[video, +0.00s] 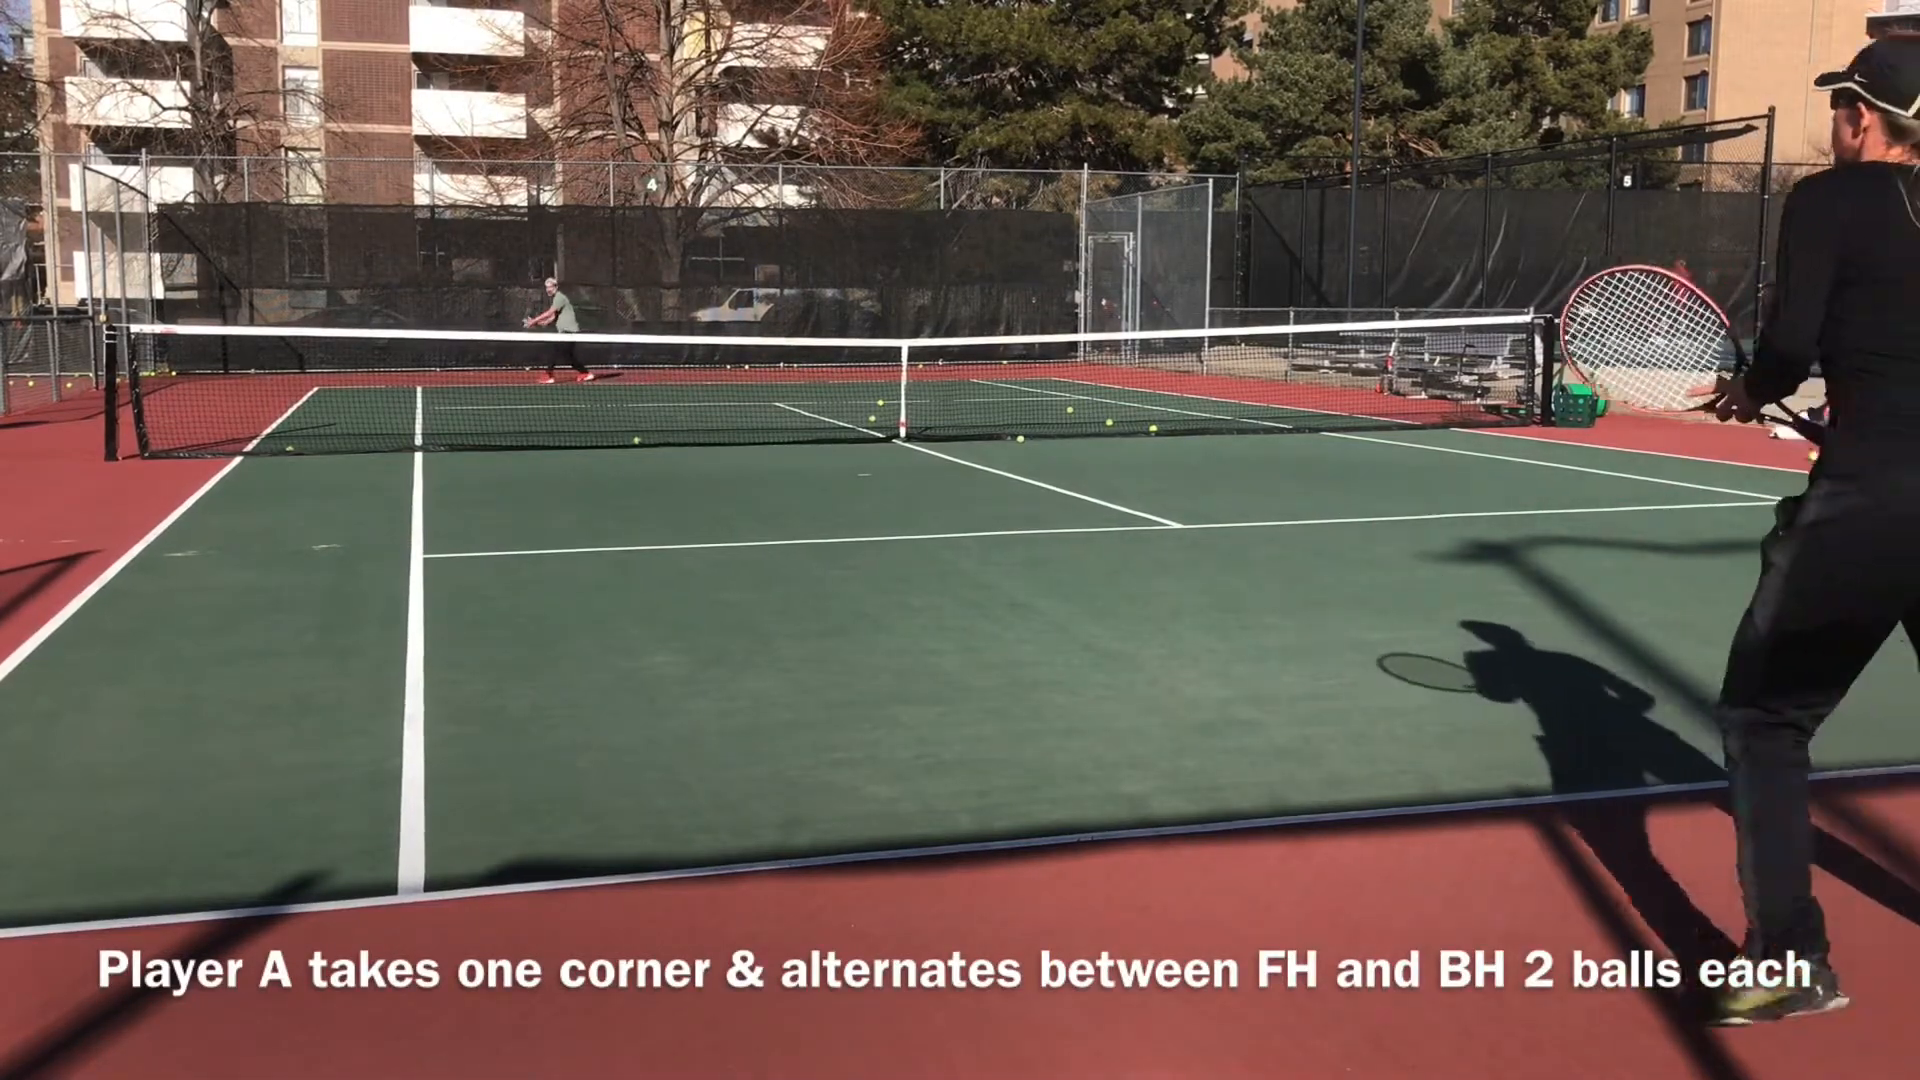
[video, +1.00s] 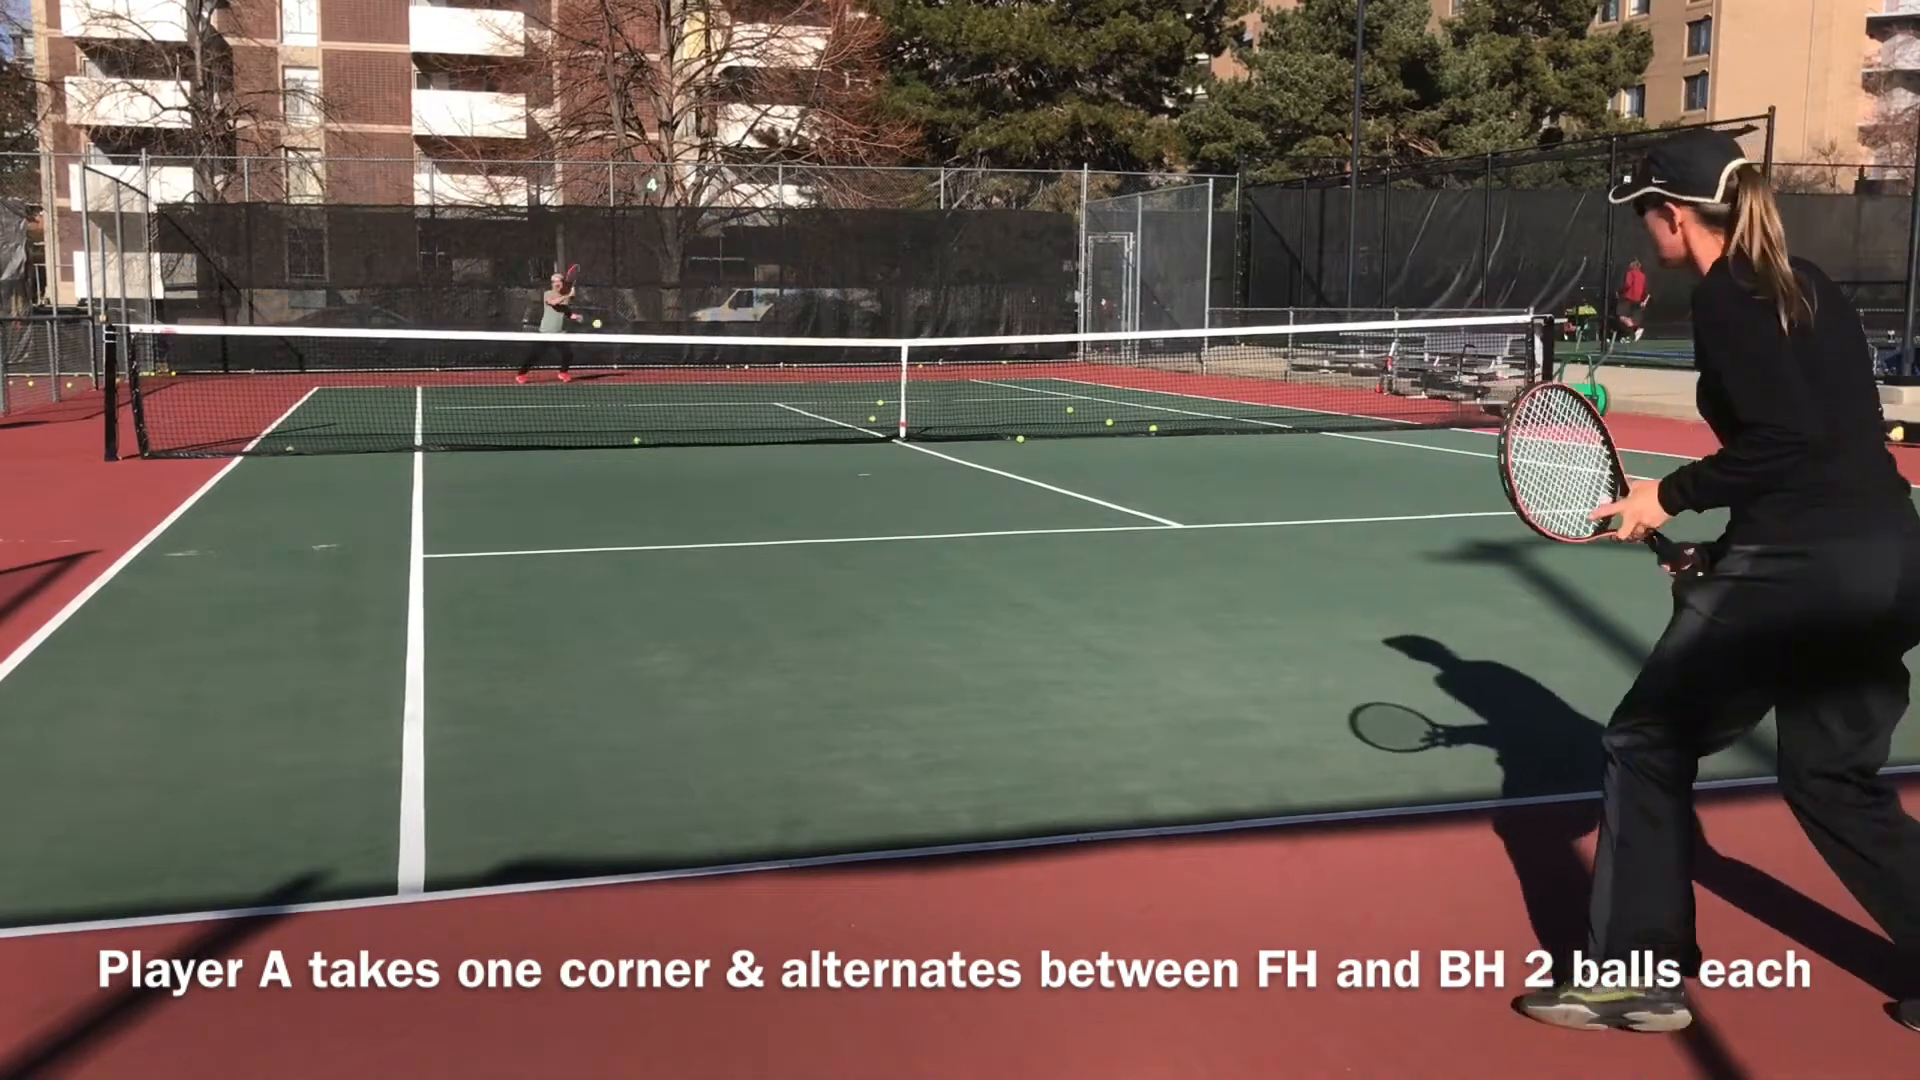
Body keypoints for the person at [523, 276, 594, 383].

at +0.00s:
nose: (548, 289)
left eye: (550, 287)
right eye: (546, 287)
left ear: (555, 287)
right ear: (545, 288)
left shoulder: (559, 297)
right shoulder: (557, 298)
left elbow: (550, 313)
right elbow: (554, 316)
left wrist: (534, 320)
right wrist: (544, 323)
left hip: (568, 331)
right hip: (566, 331)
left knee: (553, 352)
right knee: (569, 355)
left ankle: (549, 374)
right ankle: (584, 373)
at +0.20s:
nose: (535, 288)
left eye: (536, 285)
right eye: (534, 286)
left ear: (542, 284)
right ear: (537, 286)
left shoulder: (550, 294)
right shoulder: (543, 297)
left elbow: (556, 298)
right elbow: (541, 315)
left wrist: (554, 307)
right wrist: (537, 327)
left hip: (552, 328)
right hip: (546, 328)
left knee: (546, 351)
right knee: (553, 353)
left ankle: (548, 374)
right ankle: (574, 366)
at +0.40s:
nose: (533, 280)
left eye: (535, 277)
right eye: (532, 278)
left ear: (541, 275)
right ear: (532, 278)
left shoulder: (551, 286)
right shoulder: (535, 287)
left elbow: (565, 295)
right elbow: (530, 291)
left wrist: (566, 291)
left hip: (550, 322)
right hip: (538, 322)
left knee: (548, 349)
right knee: (543, 349)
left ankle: (549, 373)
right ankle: (547, 372)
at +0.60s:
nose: (537, 277)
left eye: (538, 275)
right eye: (534, 276)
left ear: (542, 277)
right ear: (531, 278)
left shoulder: (549, 291)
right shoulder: (530, 292)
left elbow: (562, 303)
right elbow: (532, 282)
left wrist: (568, 301)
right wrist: (540, 270)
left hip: (546, 325)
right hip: (532, 325)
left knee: (545, 350)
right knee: (529, 349)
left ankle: (545, 373)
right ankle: (520, 372)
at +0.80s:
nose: (541, 283)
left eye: (543, 281)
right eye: (538, 281)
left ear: (546, 282)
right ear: (535, 283)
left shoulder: (552, 299)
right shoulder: (533, 294)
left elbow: (557, 314)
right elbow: (539, 291)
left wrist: (566, 315)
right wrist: (550, 285)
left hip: (548, 330)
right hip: (534, 329)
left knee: (549, 353)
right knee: (529, 352)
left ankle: (545, 373)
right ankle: (521, 373)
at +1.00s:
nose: (557, 284)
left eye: (559, 282)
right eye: (554, 282)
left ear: (562, 283)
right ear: (552, 283)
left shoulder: (565, 296)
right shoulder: (548, 294)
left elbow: (566, 312)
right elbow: (553, 302)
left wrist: (573, 316)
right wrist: (568, 296)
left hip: (559, 331)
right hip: (545, 330)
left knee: (568, 353)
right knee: (536, 353)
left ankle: (563, 372)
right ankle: (521, 373)